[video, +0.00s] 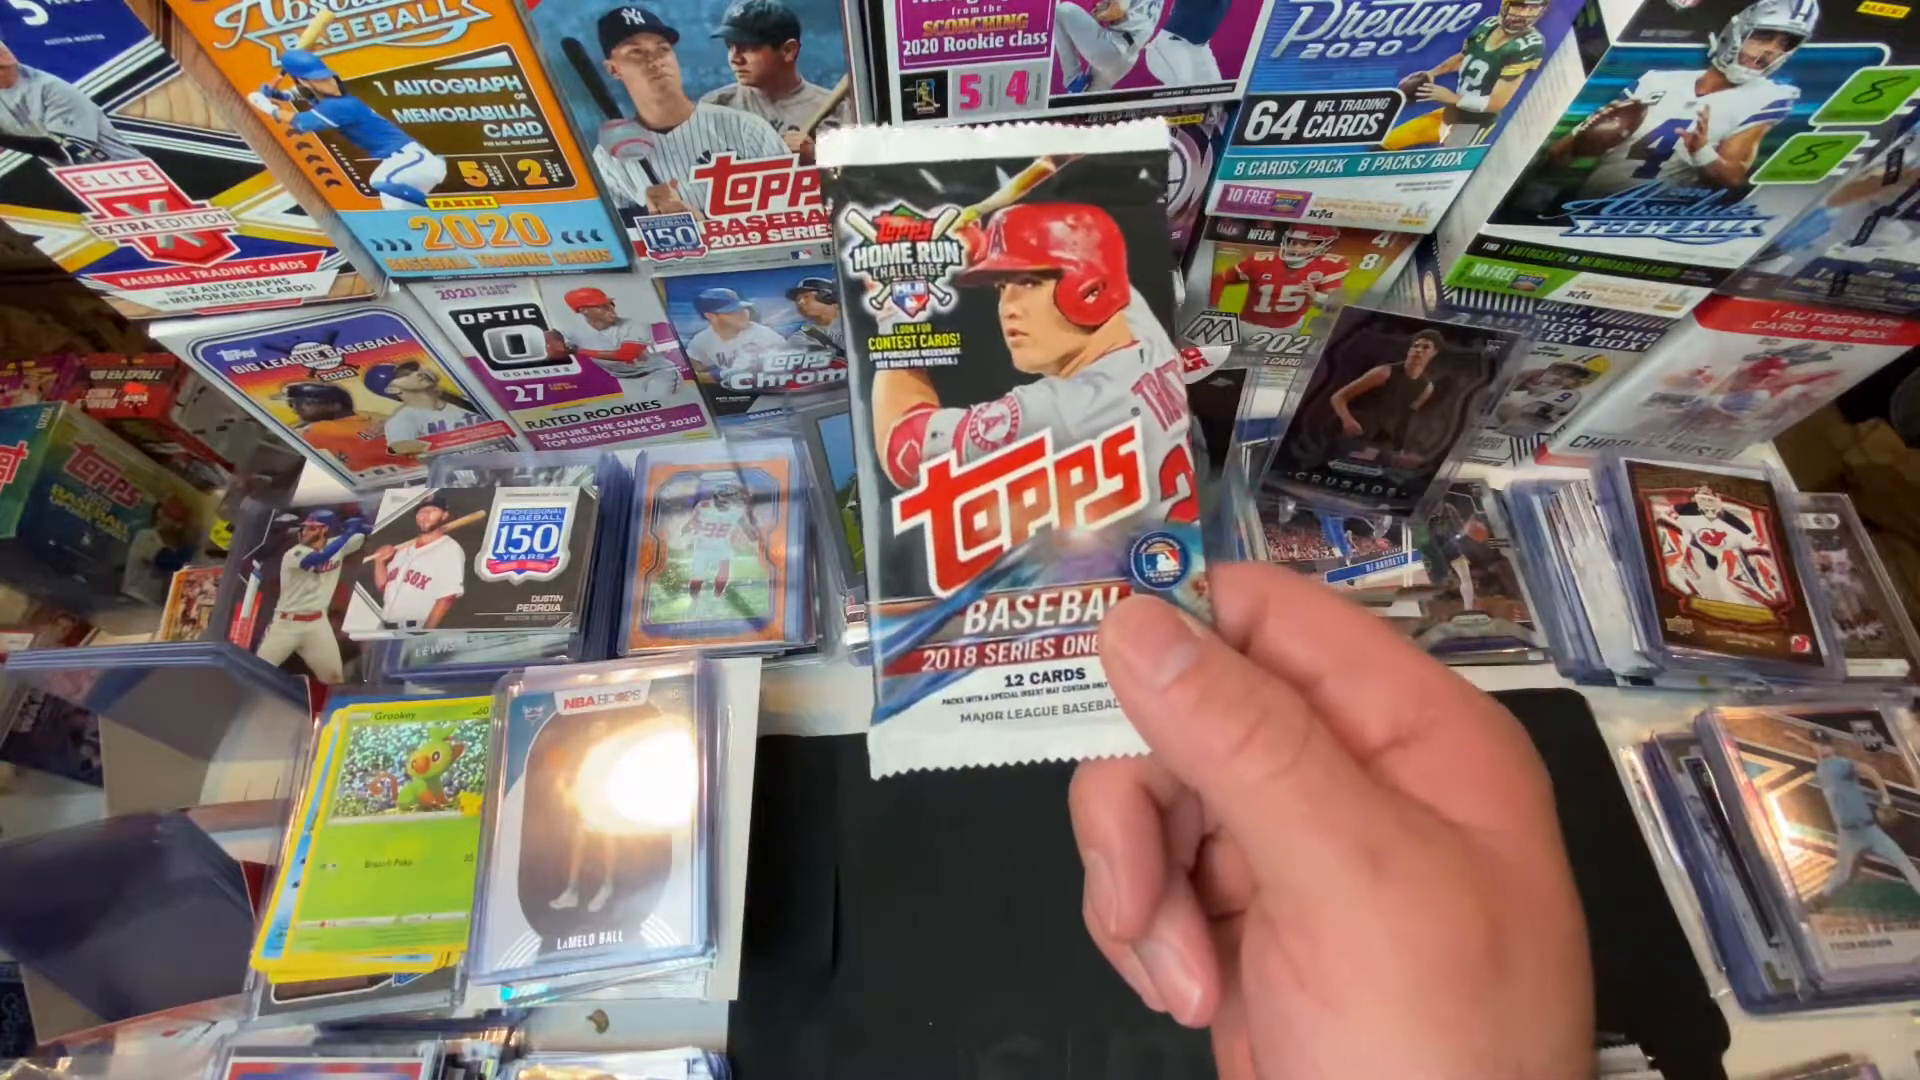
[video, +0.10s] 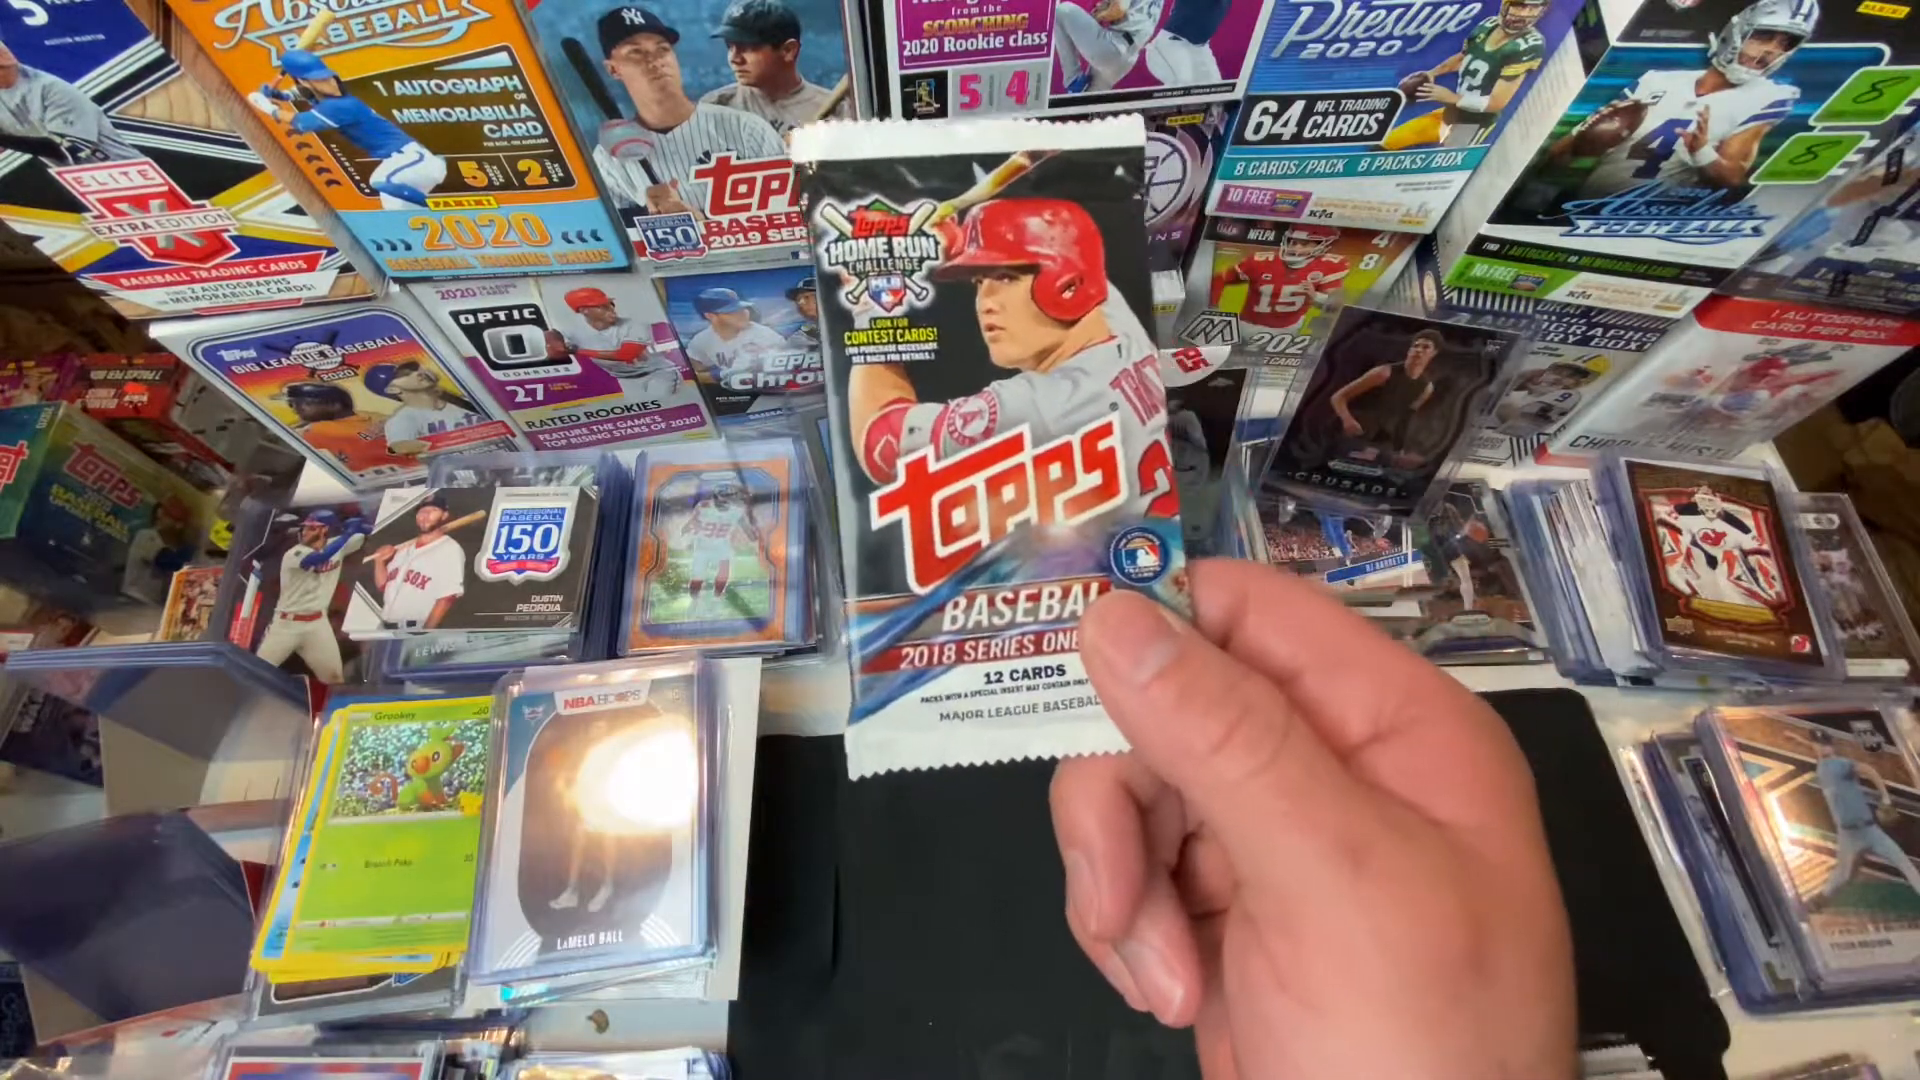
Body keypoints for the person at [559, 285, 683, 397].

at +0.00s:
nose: (612, 310)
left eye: (611, 305)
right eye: (604, 308)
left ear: (613, 304)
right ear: (587, 312)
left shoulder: (633, 325)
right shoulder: (579, 335)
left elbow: (627, 354)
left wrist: (581, 353)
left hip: (658, 371)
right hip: (624, 378)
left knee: (657, 397)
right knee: (630, 403)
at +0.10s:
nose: (612, 310)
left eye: (611, 305)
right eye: (604, 308)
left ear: (613, 304)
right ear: (587, 312)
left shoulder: (633, 325)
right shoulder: (579, 336)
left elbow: (627, 354)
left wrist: (581, 353)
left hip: (658, 371)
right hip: (624, 378)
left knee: (657, 395)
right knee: (630, 402)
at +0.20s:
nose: (613, 311)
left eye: (611, 306)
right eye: (605, 308)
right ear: (587, 312)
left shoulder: (633, 325)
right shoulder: (578, 336)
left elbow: (628, 354)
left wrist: (583, 353)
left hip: (657, 371)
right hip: (624, 378)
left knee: (657, 398)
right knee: (631, 402)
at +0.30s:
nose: (613, 311)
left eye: (611, 306)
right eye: (605, 307)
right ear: (587, 312)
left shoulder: (633, 326)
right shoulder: (578, 336)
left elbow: (628, 355)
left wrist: (583, 353)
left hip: (657, 371)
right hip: (624, 378)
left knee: (657, 397)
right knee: (630, 404)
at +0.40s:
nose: (612, 310)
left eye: (611, 306)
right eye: (605, 308)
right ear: (587, 312)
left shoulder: (632, 325)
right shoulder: (578, 336)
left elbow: (628, 354)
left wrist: (582, 353)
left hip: (657, 371)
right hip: (625, 378)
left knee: (657, 400)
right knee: (633, 406)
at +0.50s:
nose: (612, 310)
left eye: (611, 306)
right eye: (605, 308)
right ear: (587, 312)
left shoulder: (632, 325)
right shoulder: (578, 336)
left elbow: (628, 354)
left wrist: (582, 353)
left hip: (657, 371)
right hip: (625, 378)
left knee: (657, 400)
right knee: (633, 406)